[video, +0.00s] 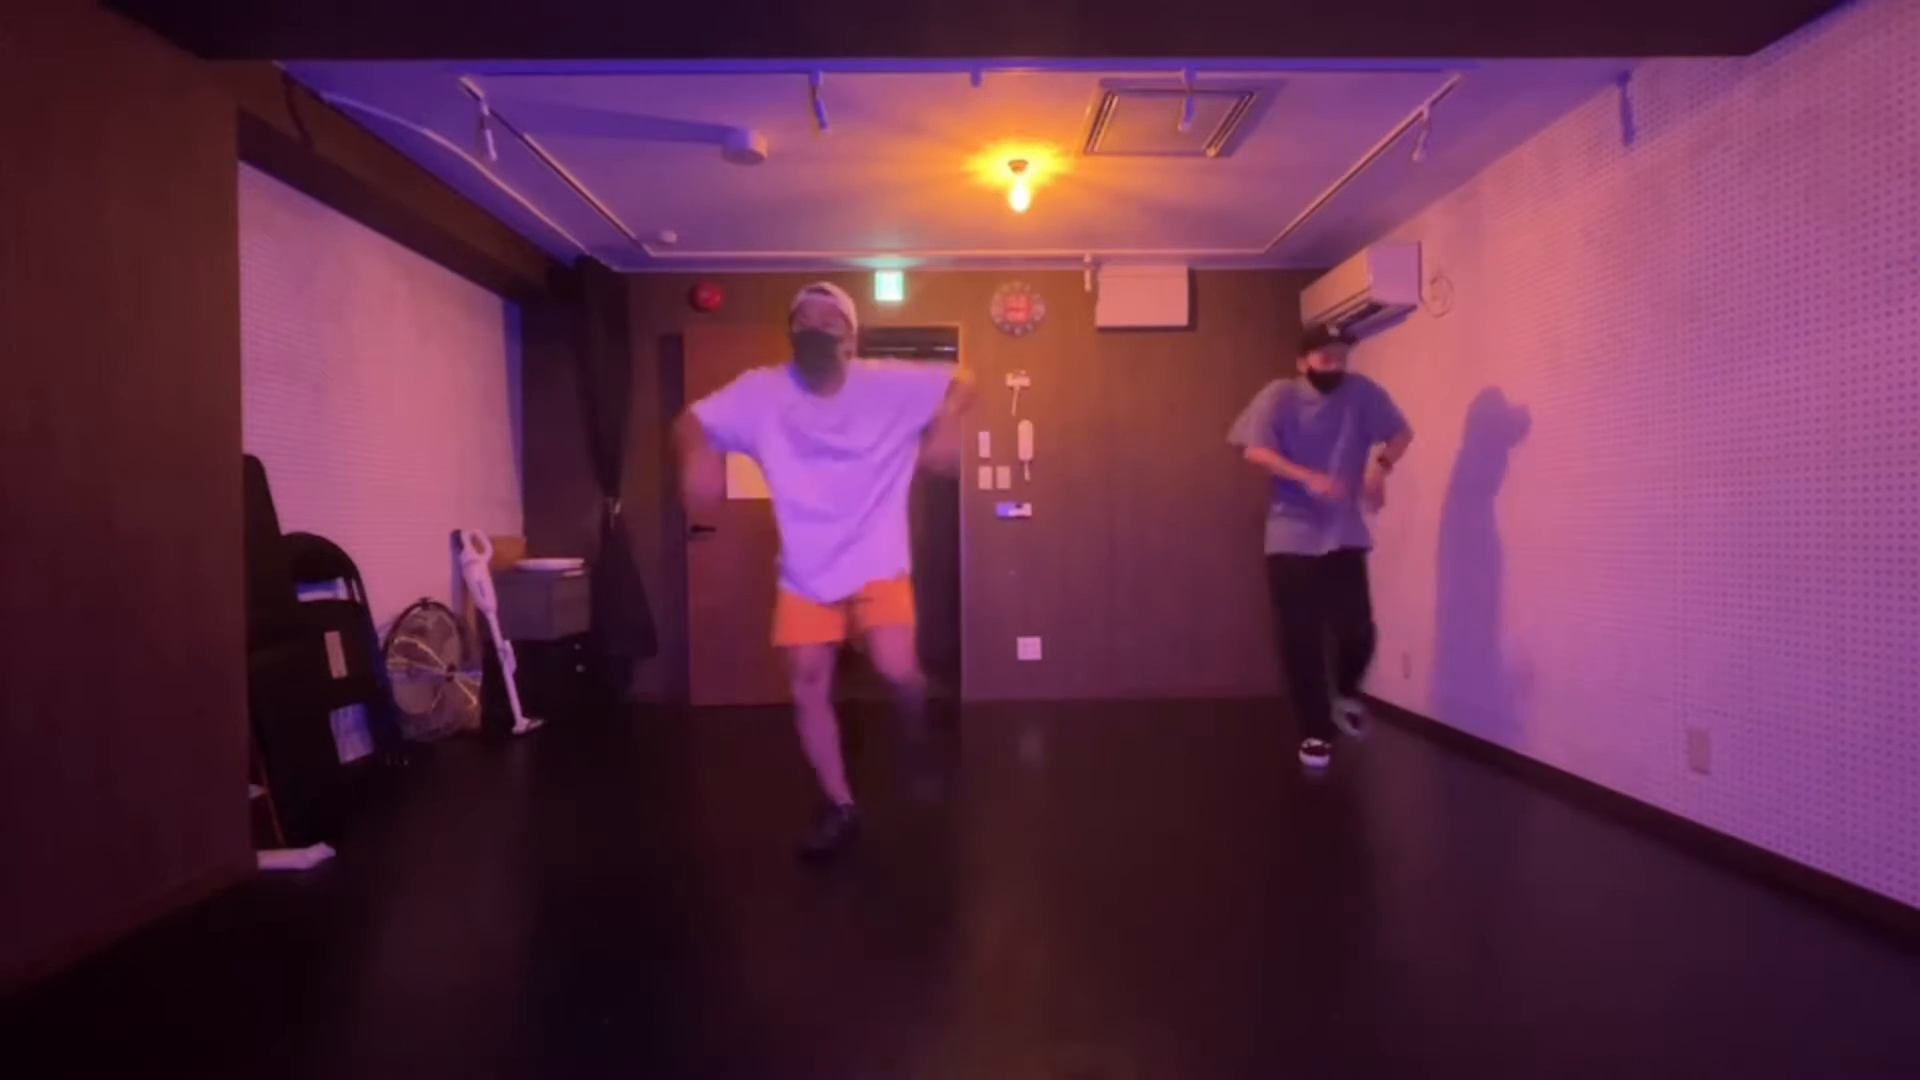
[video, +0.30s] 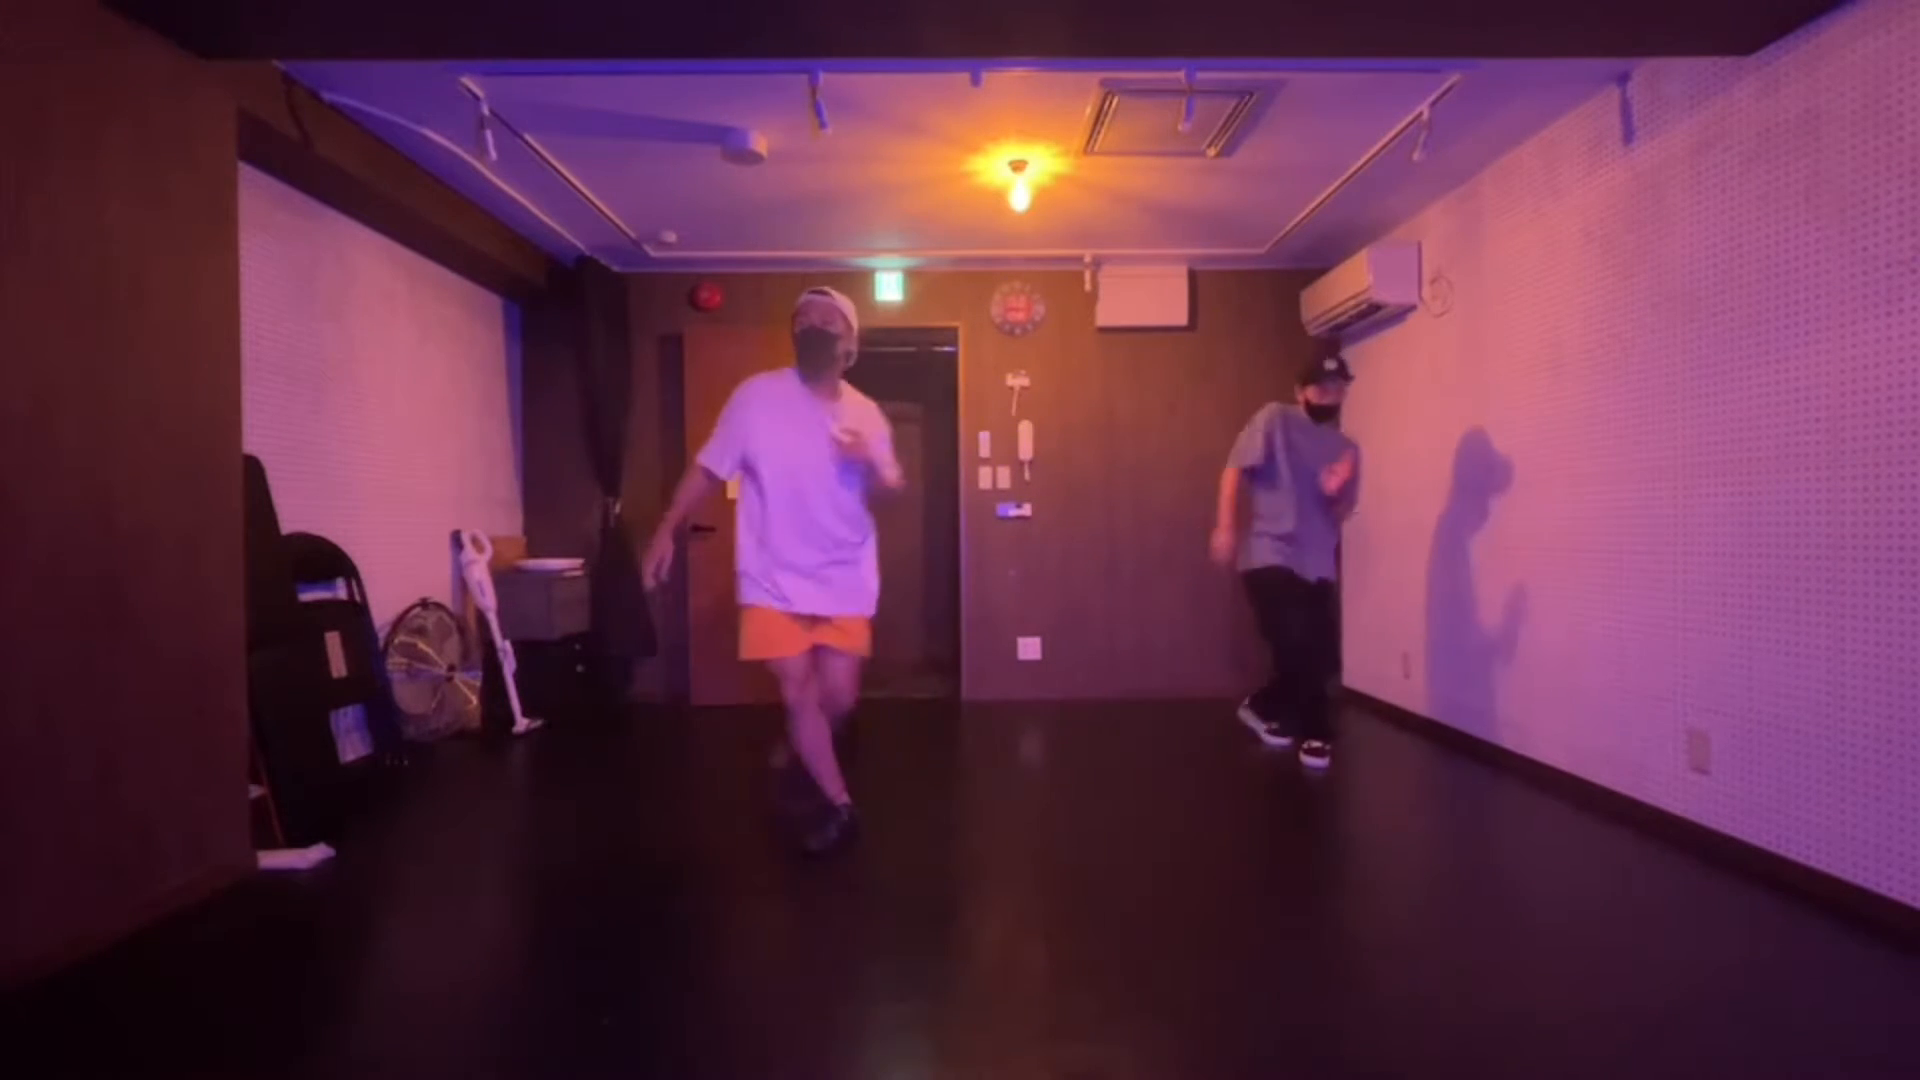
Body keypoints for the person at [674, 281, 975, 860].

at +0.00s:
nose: (817, 335)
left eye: (830, 327)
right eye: (806, 327)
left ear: (850, 339)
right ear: (790, 338)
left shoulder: (883, 381)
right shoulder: (764, 391)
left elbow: (960, 382)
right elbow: (692, 423)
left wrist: (943, 433)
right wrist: (701, 466)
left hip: (880, 556)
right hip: (807, 564)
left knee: (898, 668)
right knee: (809, 683)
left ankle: (921, 755)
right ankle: (840, 805)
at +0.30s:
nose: (817, 339)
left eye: (830, 332)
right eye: (807, 330)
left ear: (850, 348)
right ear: (792, 341)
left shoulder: (863, 412)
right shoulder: (756, 398)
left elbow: (893, 490)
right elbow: (708, 470)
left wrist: (870, 461)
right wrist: (666, 530)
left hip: (844, 577)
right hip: (773, 576)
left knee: (839, 694)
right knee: (797, 690)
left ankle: (788, 759)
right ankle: (839, 804)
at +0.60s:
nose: (786, 330)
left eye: (797, 322)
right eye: (775, 322)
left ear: (816, 332)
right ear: (757, 334)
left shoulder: (835, 393)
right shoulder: (729, 387)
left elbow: (893, 437)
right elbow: (654, 437)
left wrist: (844, 391)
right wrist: (582, 470)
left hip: (811, 559)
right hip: (747, 557)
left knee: (808, 673)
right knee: (771, 663)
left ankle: (771, 778)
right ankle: (777, 792)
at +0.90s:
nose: (717, 323)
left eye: (728, 313)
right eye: (706, 315)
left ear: (752, 327)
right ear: (693, 329)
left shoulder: (790, 380)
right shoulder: (674, 385)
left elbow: (858, 372)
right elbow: (597, 417)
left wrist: (790, 342)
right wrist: (524, 389)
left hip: (776, 550)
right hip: (706, 555)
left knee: (772, 660)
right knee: (699, 672)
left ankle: (762, 783)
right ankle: (683, 779)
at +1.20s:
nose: (665, 321)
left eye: (675, 311)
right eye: (654, 313)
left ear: (697, 316)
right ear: (640, 321)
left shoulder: (732, 357)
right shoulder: (621, 379)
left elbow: (806, 358)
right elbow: (568, 423)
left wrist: (751, 372)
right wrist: (537, 416)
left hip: (739, 544)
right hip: (666, 554)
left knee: (754, 665)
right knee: (673, 672)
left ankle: (762, 777)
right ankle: (679, 782)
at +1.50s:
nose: (613, 345)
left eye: (624, 333)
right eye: (600, 337)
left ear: (649, 339)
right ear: (586, 351)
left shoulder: (701, 377)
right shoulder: (587, 425)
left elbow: (777, 375)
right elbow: (569, 499)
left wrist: (810, 438)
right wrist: (544, 455)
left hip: (720, 551)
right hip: (652, 566)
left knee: (682, 677)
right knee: (649, 689)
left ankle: (658, 805)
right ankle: (693, 779)